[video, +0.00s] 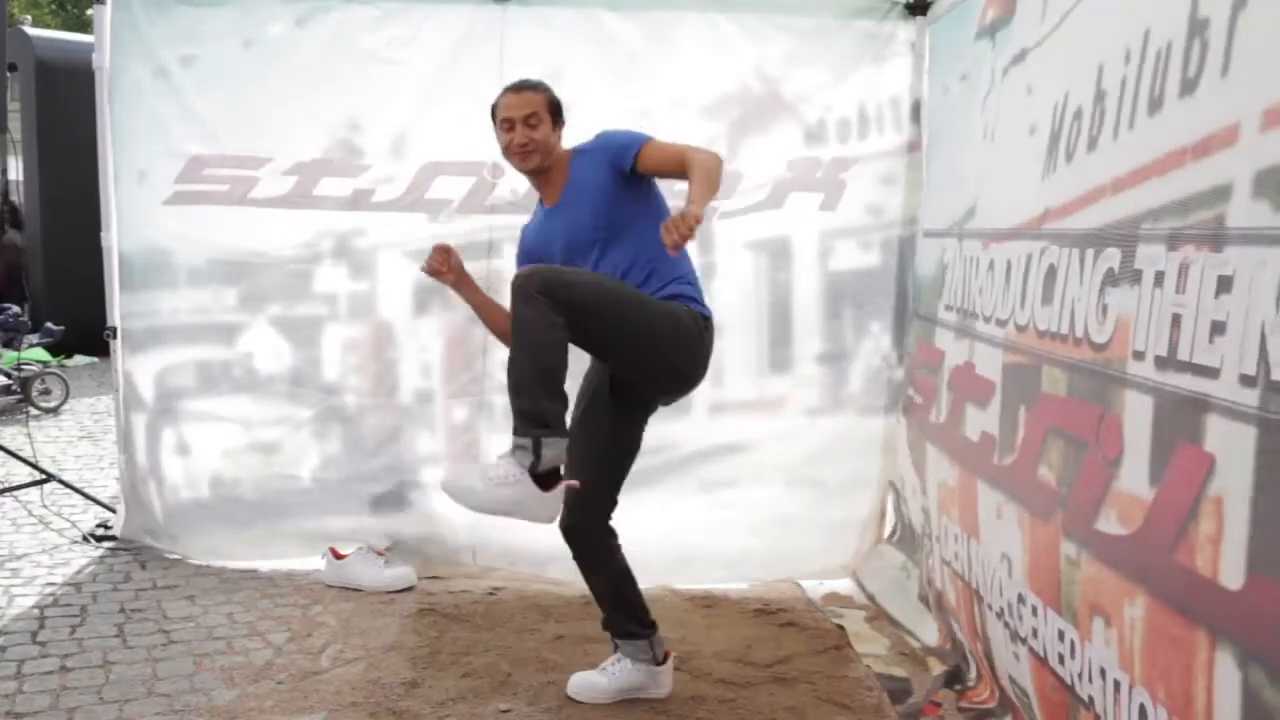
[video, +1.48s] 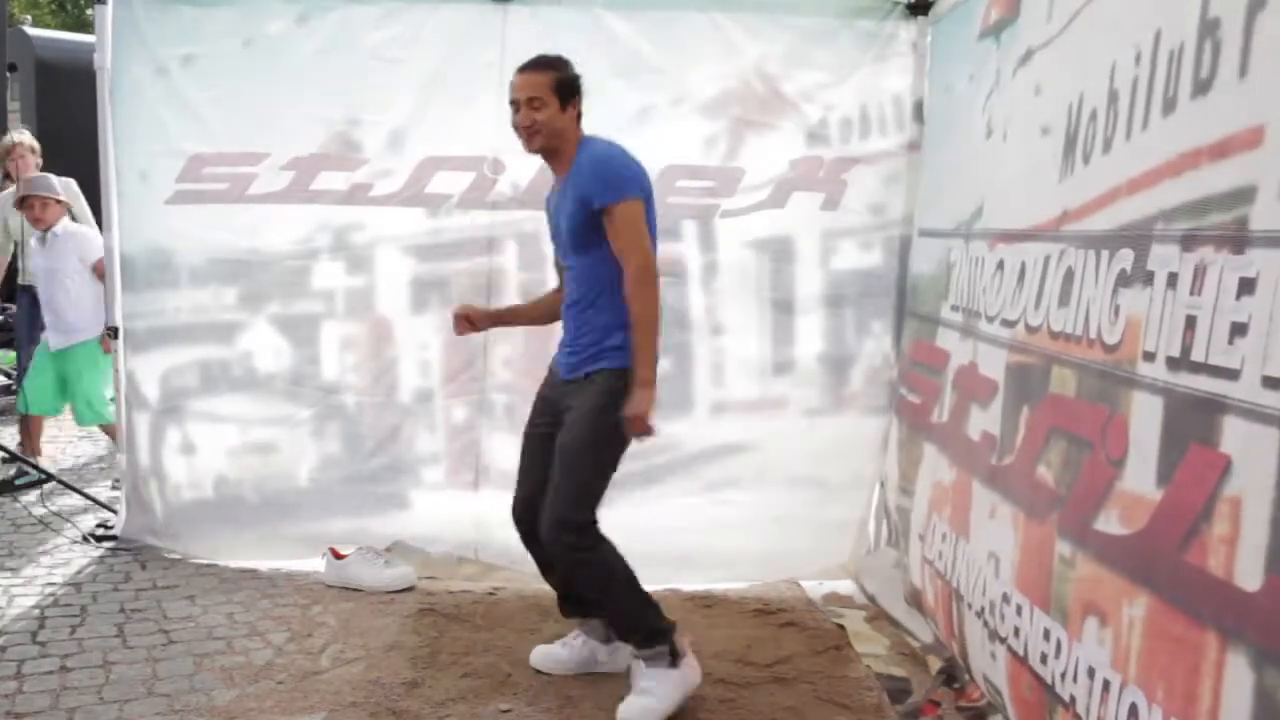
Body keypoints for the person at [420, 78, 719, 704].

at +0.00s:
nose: (520, 136)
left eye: (533, 122)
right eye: (507, 127)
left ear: (558, 127)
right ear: (498, 140)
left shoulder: (605, 154)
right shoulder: (535, 238)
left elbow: (704, 162)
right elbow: (523, 336)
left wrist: (692, 209)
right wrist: (462, 282)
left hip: (676, 334)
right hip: (620, 366)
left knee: (537, 286)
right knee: (581, 515)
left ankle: (538, 472)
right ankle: (642, 659)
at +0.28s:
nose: (537, 78)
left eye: (550, 66)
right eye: (524, 69)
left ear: (576, 74)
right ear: (514, 85)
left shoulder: (628, 114)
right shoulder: (540, 180)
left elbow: (721, 173)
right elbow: (520, 279)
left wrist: (660, 209)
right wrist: (475, 232)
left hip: (669, 313)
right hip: (615, 325)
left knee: (532, 370)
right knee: (607, 490)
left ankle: (568, 556)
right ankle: (640, 649)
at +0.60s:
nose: (557, 90)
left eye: (572, 78)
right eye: (553, 80)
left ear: (612, 89)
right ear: (550, 94)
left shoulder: (658, 169)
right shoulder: (561, 182)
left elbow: (662, 290)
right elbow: (567, 286)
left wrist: (556, 290)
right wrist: (527, 318)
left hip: (643, 373)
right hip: (582, 371)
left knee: (592, 535)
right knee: (554, 523)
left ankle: (623, 677)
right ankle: (637, 624)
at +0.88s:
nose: (558, 68)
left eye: (571, 53)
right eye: (554, 55)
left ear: (615, 56)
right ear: (564, 63)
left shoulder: (648, 121)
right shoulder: (608, 139)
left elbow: (605, 213)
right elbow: (617, 246)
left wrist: (489, 216)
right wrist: (542, 243)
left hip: (638, 347)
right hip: (588, 329)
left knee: (626, 506)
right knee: (490, 426)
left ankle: (654, 645)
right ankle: (578, 522)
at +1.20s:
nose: (547, 75)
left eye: (559, 60)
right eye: (543, 62)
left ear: (603, 61)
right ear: (554, 68)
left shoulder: (623, 113)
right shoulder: (606, 137)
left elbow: (555, 191)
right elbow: (611, 244)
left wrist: (466, 255)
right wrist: (536, 214)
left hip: (633, 339)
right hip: (584, 331)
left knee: (636, 500)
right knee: (502, 438)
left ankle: (660, 646)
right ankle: (572, 560)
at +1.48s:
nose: (522, 119)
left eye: (535, 105)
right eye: (516, 108)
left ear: (572, 109)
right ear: (516, 116)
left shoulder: (607, 167)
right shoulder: (560, 196)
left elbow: (641, 273)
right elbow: (566, 299)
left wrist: (644, 384)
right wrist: (493, 318)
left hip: (612, 371)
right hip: (567, 369)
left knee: (566, 525)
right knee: (531, 515)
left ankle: (665, 658)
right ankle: (600, 636)